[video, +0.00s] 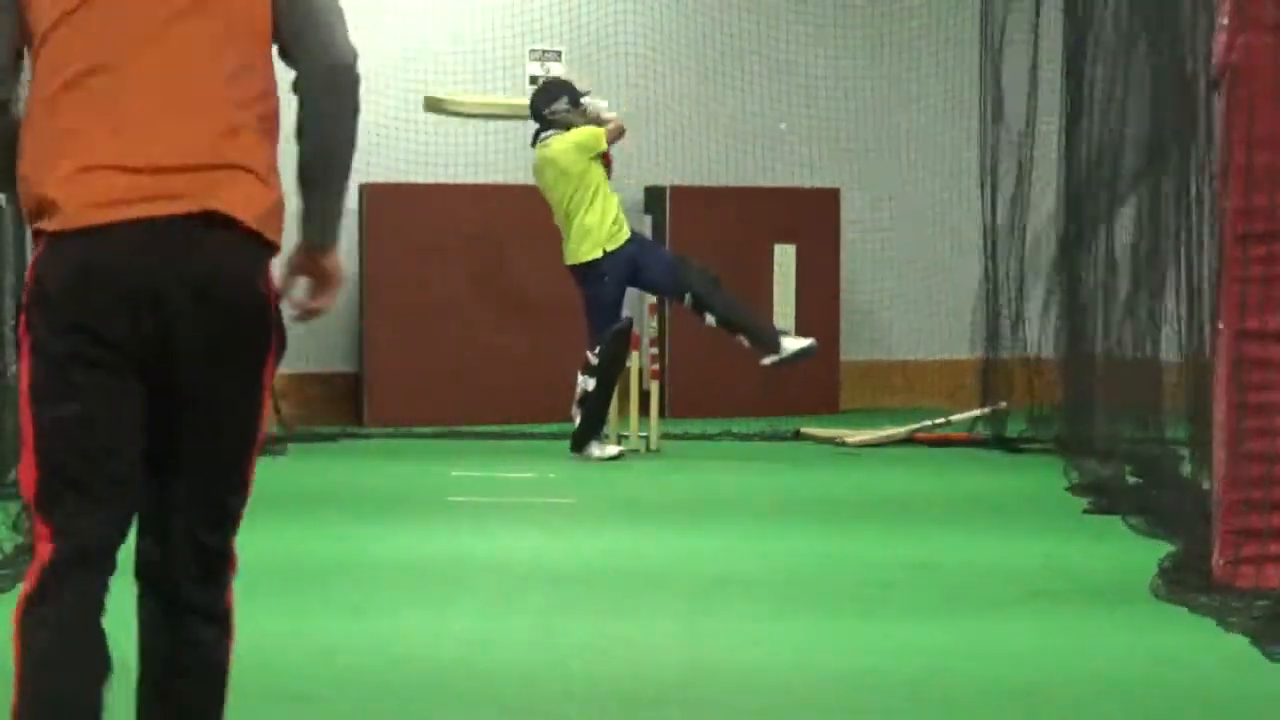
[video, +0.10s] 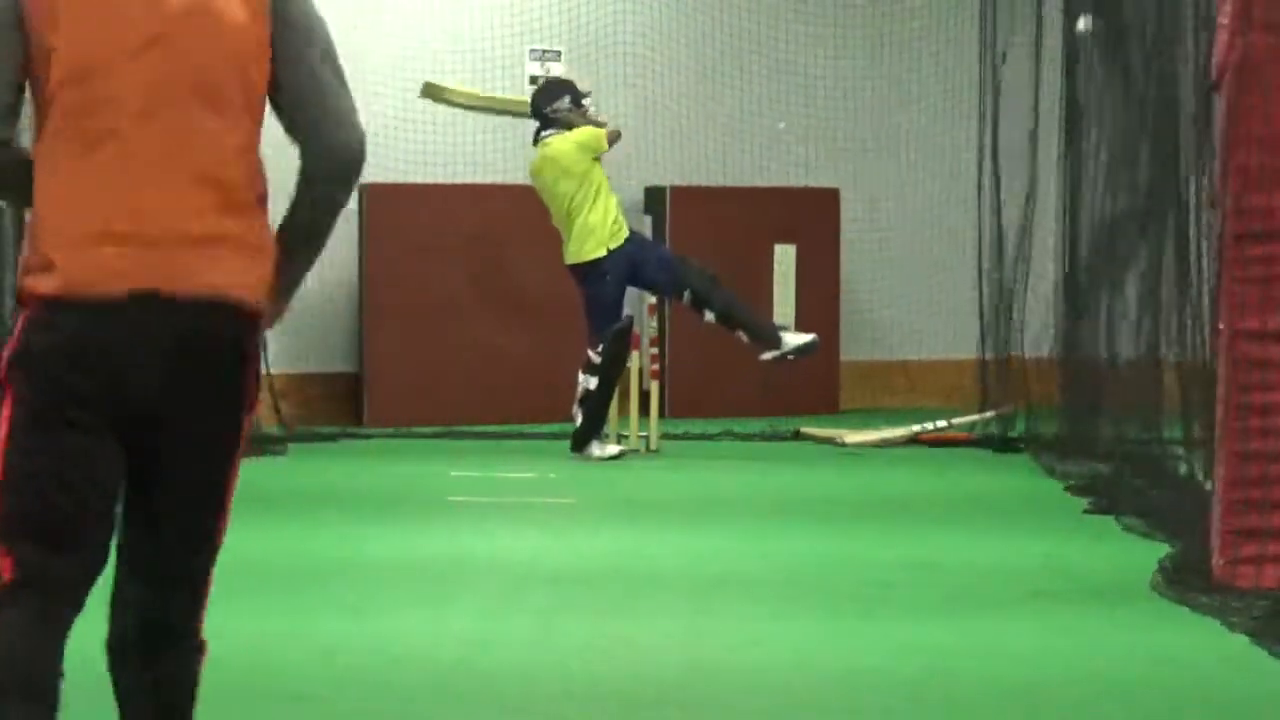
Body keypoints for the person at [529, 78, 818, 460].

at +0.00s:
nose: (580, 112)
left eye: (578, 106)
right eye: (575, 106)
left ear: (545, 114)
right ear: (560, 111)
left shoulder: (545, 154)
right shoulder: (567, 144)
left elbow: (593, 166)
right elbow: (616, 129)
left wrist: (593, 127)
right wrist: (578, 118)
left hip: (624, 244)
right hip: (596, 258)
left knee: (697, 286)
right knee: (608, 348)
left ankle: (772, 343)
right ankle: (586, 439)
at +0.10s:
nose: (586, 113)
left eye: (583, 105)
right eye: (579, 106)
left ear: (548, 116)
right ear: (560, 112)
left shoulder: (537, 165)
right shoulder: (575, 141)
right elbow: (611, 135)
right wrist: (573, 125)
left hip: (623, 244)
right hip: (596, 257)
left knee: (696, 284)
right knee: (609, 349)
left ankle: (770, 339)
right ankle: (586, 439)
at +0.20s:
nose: (584, 113)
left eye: (582, 105)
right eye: (578, 106)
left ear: (546, 114)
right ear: (561, 110)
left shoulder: (532, 161)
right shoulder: (579, 140)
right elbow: (609, 140)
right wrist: (581, 128)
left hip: (620, 243)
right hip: (596, 257)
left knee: (693, 285)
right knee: (609, 348)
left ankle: (765, 342)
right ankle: (586, 440)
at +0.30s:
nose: (587, 113)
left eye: (585, 106)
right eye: (581, 107)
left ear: (549, 113)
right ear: (564, 110)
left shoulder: (530, 158)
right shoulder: (580, 141)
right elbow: (611, 145)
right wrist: (586, 128)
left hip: (618, 243)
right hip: (594, 256)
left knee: (687, 289)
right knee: (608, 347)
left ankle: (757, 347)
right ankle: (585, 440)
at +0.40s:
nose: (588, 114)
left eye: (586, 107)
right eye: (583, 109)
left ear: (549, 112)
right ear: (568, 110)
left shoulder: (530, 156)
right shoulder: (582, 141)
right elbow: (616, 152)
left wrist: (573, 132)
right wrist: (592, 127)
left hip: (616, 244)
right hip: (594, 256)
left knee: (682, 290)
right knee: (605, 346)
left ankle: (750, 352)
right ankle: (586, 438)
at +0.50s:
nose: (591, 117)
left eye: (591, 110)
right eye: (587, 110)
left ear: (553, 110)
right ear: (570, 109)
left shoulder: (531, 153)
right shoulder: (582, 142)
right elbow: (623, 162)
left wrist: (589, 141)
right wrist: (604, 134)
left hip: (615, 244)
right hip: (594, 255)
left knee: (682, 289)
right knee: (606, 343)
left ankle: (736, 366)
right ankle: (586, 438)